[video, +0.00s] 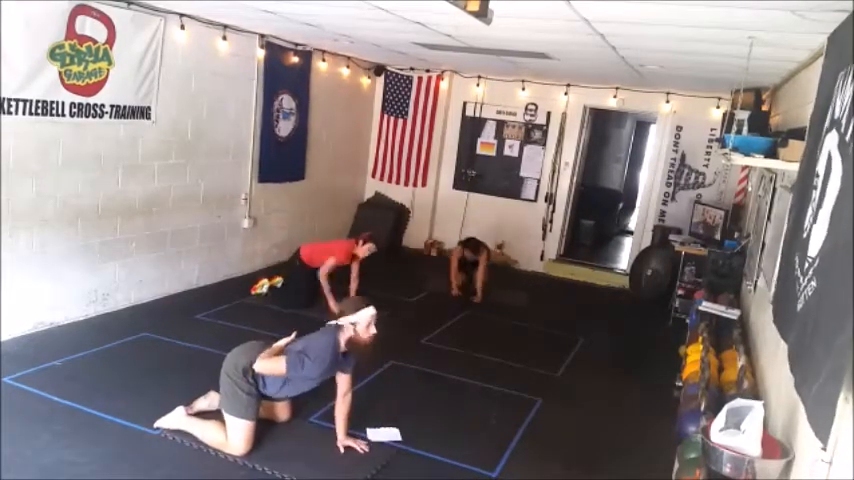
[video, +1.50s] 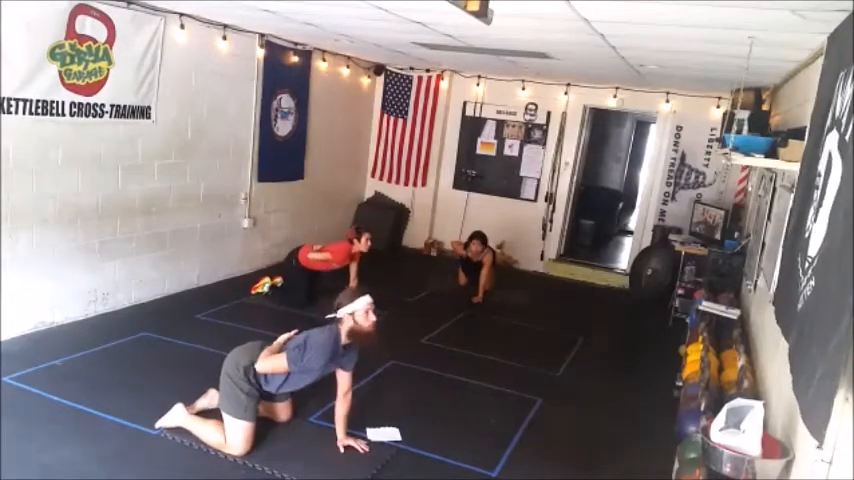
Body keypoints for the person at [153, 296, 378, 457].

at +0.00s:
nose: (374, 330)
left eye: (374, 323)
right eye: (371, 323)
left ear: (353, 322)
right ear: (354, 323)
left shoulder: (345, 348)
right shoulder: (320, 354)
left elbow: (344, 393)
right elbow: (260, 365)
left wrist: (343, 437)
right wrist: (282, 344)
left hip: (266, 358)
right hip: (241, 368)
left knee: (281, 410)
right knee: (237, 446)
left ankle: (217, 402)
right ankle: (180, 419)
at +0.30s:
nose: (365, 363)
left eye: (370, 361)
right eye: (367, 358)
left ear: (362, 338)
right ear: (361, 344)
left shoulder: (345, 339)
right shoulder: (316, 351)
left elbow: (343, 392)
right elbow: (257, 360)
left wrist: (341, 435)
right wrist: (277, 342)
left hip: (269, 367)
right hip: (241, 370)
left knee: (281, 412)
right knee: (238, 445)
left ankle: (217, 401)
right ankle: (181, 420)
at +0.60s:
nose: (341, 370)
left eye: (346, 369)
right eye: (345, 367)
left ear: (354, 354)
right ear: (349, 358)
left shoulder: (346, 340)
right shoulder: (309, 348)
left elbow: (343, 391)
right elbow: (251, 350)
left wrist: (343, 435)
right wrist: (269, 327)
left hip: (273, 367)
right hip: (244, 368)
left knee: (281, 413)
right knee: (237, 446)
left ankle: (217, 400)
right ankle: (182, 418)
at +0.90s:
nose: (340, 369)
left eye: (344, 369)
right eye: (344, 366)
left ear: (352, 352)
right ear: (348, 357)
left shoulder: (344, 338)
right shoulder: (305, 346)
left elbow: (342, 391)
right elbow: (247, 348)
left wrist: (343, 435)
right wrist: (266, 325)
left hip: (271, 367)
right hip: (242, 369)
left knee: (281, 412)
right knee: (236, 446)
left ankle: (217, 400)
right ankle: (182, 418)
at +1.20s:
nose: (381, 349)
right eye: (379, 343)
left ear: (363, 332)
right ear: (364, 336)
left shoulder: (347, 339)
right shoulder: (323, 360)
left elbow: (345, 393)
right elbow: (265, 374)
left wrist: (342, 435)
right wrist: (279, 343)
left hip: (266, 355)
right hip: (242, 369)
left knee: (282, 412)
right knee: (237, 446)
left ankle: (219, 400)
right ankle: (183, 417)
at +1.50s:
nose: (373, 317)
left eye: (373, 312)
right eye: (368, 313)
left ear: (356, 319)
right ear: (347, 317)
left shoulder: (348, 349)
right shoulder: (319, 344)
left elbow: (344, 393)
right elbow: (261, 366)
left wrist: (342, 436)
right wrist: (280, 342)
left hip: (270, 363)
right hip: (243, 368)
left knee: (281, 411)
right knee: (237, 446)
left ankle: (216, 400)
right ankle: (182, 417)